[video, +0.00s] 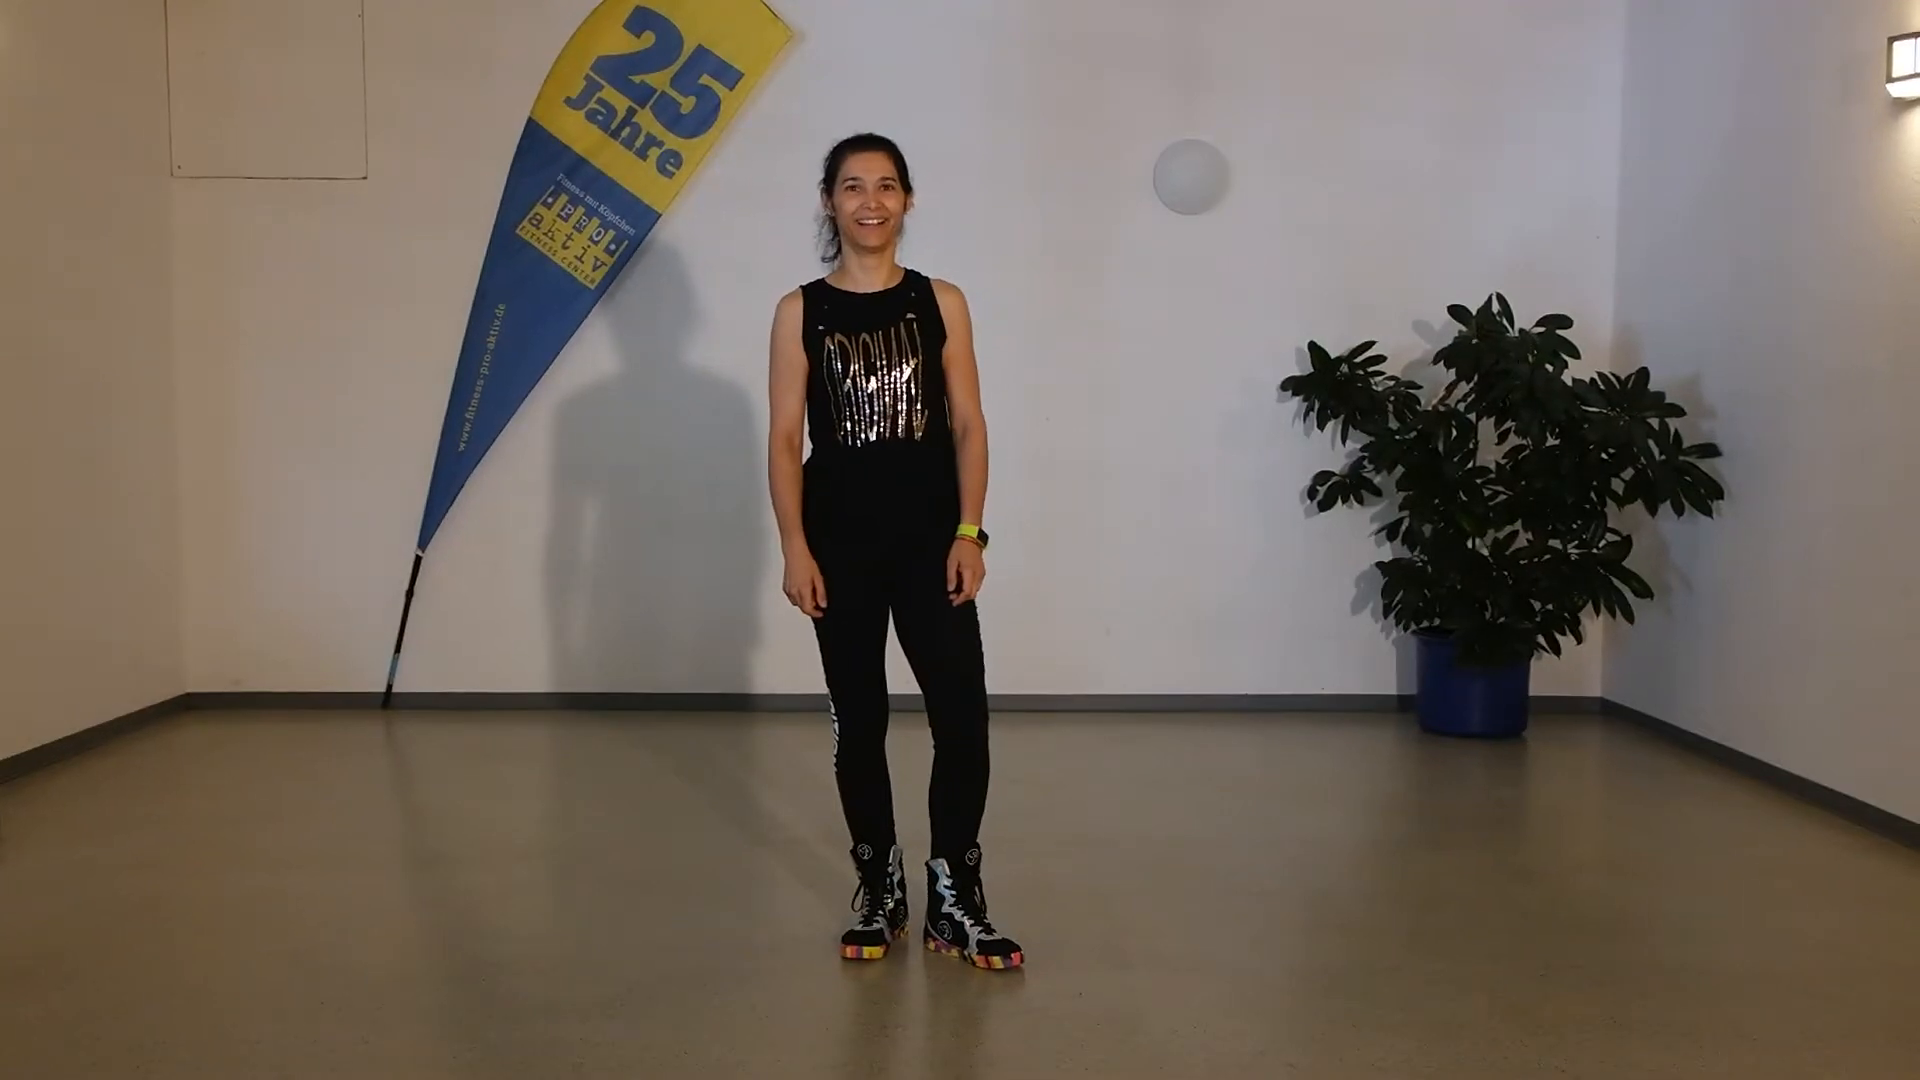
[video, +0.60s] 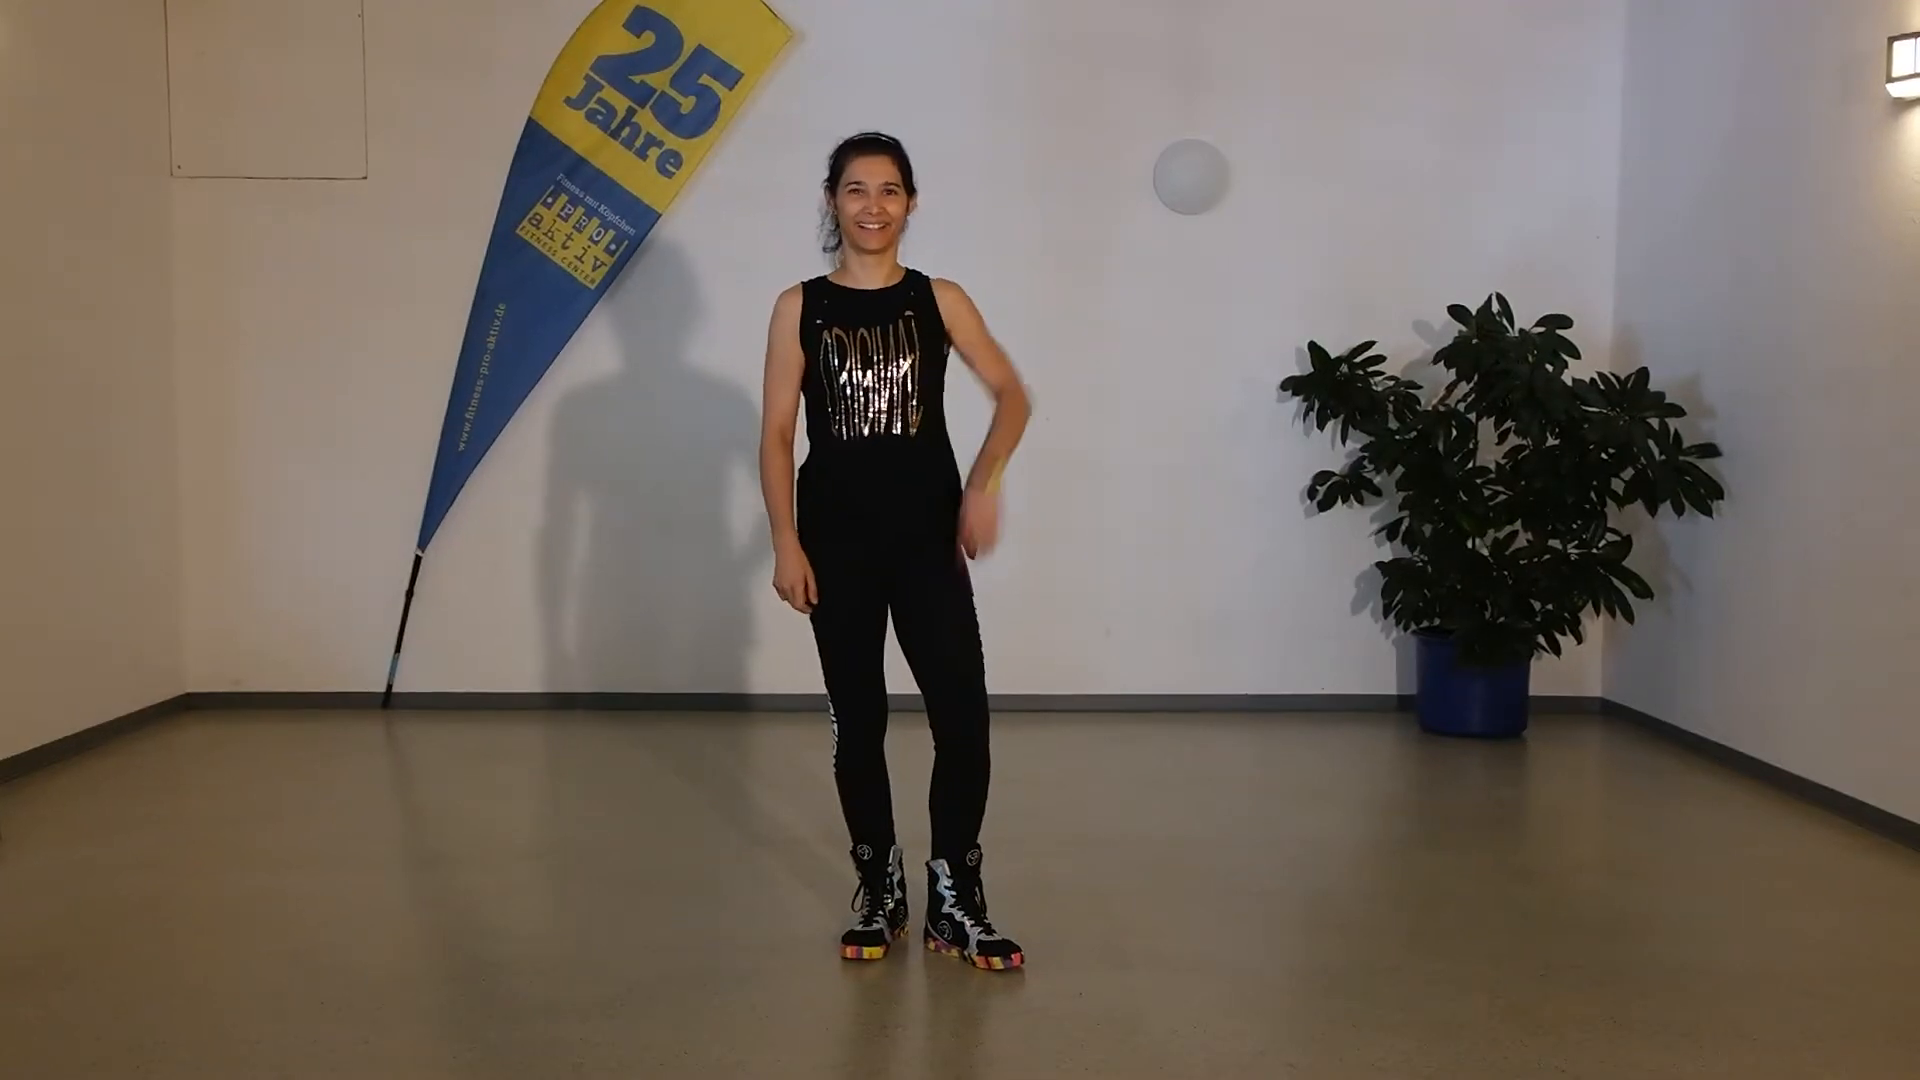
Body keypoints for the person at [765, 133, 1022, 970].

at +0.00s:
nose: (871, 200)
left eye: (885, 187)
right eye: (854, 188)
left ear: (907, 203)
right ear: (830, 204)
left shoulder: (942, 303)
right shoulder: (801, 311)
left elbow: (968, 425)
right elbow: (785, 440)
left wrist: (971, 530)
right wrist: (795, 547)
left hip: (930, 539)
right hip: (839, 543)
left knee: (963, 719)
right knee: (860, 721)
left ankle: (954, 899)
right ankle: (878, 891)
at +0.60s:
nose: (873, 204)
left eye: (888, 191)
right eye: (857, 190)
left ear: (909, 206)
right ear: (833, 203)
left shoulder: (940, 301)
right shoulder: (800, 308)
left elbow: (1012, 396)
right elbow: (778, 434)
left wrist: (983, 485)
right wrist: (786, 540)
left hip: (927, 537)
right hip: (835, 538)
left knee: (963, 716)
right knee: (859, 720)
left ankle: (953, 899)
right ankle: (878, 890)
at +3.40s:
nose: (968, 185)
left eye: (985, 172)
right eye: (950, 174)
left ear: (1009, 192)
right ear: (929, 196)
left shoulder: (1049, 292)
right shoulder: (902, 300)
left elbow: (1080, 414)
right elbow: (886, 428)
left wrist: (1043, 502)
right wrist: (932, 507)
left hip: (1034, 533)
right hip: (941, 532)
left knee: (1042, 729)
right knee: (919, 721)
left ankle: (1049, 913)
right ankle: (890, 891)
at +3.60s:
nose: (997, 182)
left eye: (1013, 169)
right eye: (979, 171)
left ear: (1041, 189)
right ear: (959, 193)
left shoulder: (1081, 291)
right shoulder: (933, 298)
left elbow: (1114, 413)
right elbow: (920, 430)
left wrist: (1074, 501)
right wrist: (968, 502)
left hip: (1062, 532)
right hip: (967, 530)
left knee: (1054, 728)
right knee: (942, 717)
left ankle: (1049, 911)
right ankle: (920, 895)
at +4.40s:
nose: (1014, 185)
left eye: (1031, 172)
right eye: (998, 175)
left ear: (1059, 190)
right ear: (979, 198)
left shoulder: (1089, 303)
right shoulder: (943, 290)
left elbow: (1099, 426)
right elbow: (904, 414)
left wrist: (1055, 504)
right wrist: (938, 502)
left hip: (1046, 533)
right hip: (955, 529)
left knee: (1049, 726)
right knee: (938, 719)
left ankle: (1049, 912)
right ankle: (918, 886)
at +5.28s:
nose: (927, 199)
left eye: (942, 184)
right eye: (910, 189)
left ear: (971, 199)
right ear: (894, 209)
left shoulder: (1006, 307)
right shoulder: (864, 299)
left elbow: (1023, 428)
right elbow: (833, 418)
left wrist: (977, 507)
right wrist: (867, 500)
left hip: (969, 532)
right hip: (878, 533)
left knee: (1000, 716)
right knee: (895, 716)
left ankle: (1006, 899)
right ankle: (911, 888)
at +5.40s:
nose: (924, 200)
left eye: (938, 185)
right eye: (907, 191)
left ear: (968, 198)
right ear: (891, 211)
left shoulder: (1006, 307)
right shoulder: (862, 302)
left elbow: (1019, 428)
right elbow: (829, 418)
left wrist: (975, 501)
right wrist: (866, 503)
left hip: (970, 536)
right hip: (880, 537)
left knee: (1000, 720)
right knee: (896, 720)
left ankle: (991, 904)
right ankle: (913, 888)